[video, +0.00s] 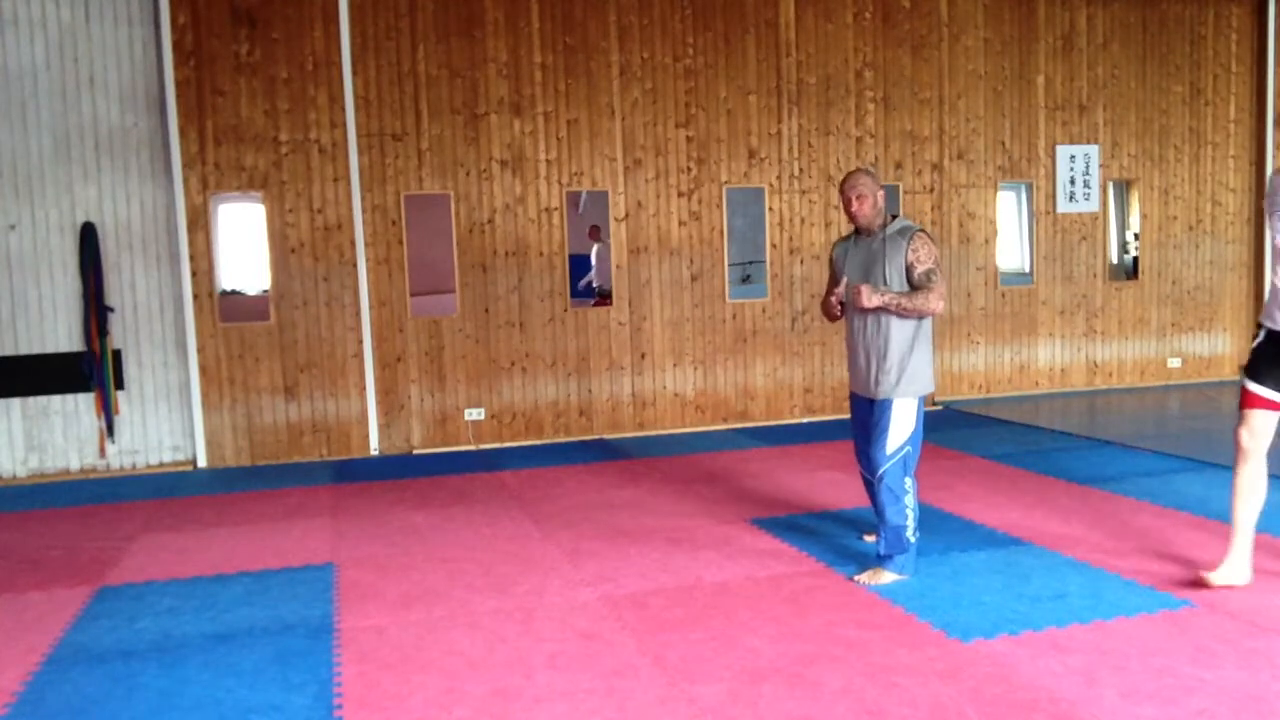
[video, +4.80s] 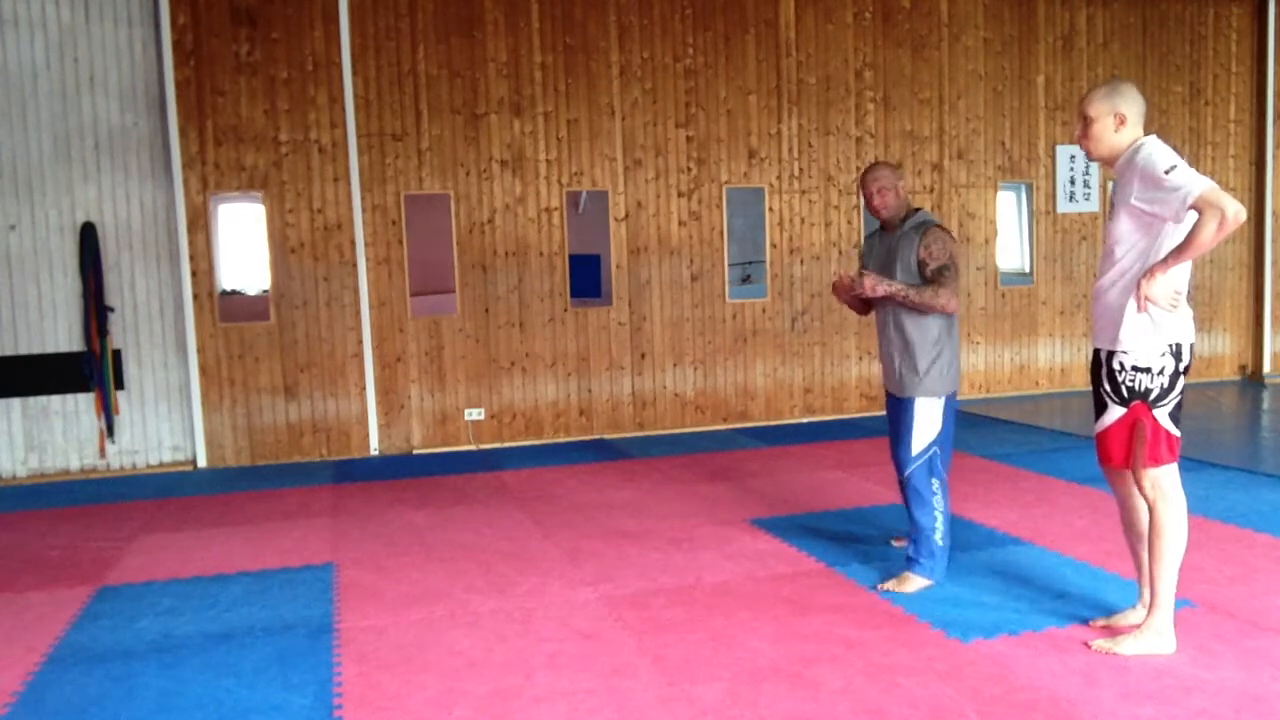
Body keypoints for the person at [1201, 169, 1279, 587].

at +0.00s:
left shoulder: (1272, 189)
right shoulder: (1274, 188)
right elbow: (1274, 262)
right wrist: (1261, 328)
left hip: (1273, 330)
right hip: (1273, 327)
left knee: (1252, 441)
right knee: (1250, 440)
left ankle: (1239, 559)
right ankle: (1238, 559)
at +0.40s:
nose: (1187, 149)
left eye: (1195, 140)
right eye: (1187, 140)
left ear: (1227, 139)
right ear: (1211, 142)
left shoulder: (1271, 179)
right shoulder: (1197, 195)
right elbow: (1206, 267)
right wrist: (1197, 331)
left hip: (1257, 345)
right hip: (1202, 344)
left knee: (1269, 468)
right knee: (1193, 456)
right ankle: (1194, 581)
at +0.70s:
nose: (1142, 146)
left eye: (1147, 136)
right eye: (1141, 136)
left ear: (1180, 132)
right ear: (1168, 135)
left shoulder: (1243, 178)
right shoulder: (1163, 188)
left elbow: (1277, 252)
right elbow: (1170, 265)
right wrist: (1130, 312)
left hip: (1215, 341)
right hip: (1172, 340)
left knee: (1190, 463)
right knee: (1180, 465)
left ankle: (1198, 599)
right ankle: (1192, 584)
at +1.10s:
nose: (1111, 141)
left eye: (1114, 130)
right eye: (1112, 131)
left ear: (1139, 126)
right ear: (1148, 125)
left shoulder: (1193, 174)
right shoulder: (1161, 180)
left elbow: (1223, 273)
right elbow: (1162, 267)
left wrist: (1184, 367)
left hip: (1169, 352)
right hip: (1146, 347)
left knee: (1151, 474)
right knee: (1154, 463)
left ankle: (1157, 624)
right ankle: (1189, 569)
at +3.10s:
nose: (1076, 132)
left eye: (1082, 120)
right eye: (1076, 121)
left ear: (1110, 117)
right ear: (1115, 117)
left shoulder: (1146, 157)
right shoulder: (1132, 163)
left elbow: (1230, 207)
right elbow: (1218, 207)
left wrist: (1182, 276)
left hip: (1140, 338)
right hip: (1136, 337)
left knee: (1152, 478)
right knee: (1151, 474)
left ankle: (1160, 625)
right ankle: (1167, 593)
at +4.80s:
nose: (1079, 132)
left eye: (1087, 121)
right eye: (1080, 121)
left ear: (1121, 122)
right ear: (1118, 122)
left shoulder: (1148, 156)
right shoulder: (1131, 164)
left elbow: (1223, 211)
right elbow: (1225, 213)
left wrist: (1164, 268)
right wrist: (1155, 271)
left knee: (1157, 477)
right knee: (1123, 472)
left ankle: (1161, 625)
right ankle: (1147, 603)